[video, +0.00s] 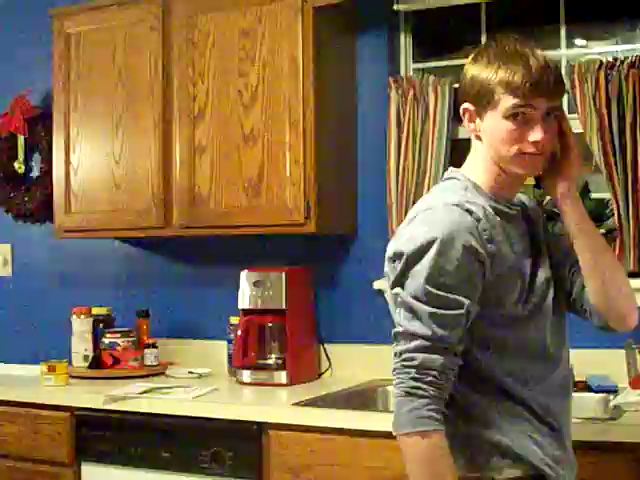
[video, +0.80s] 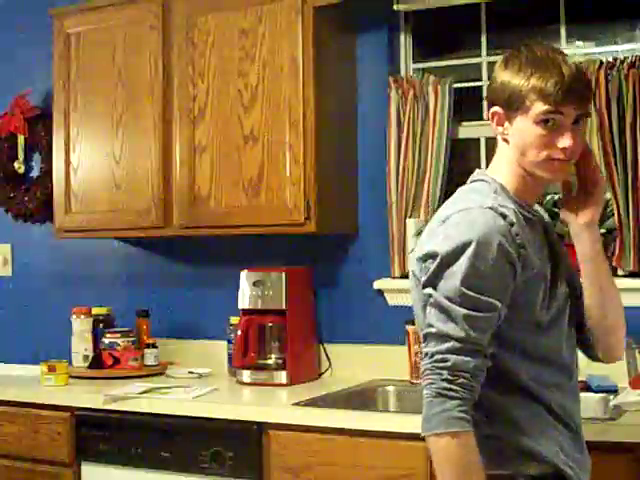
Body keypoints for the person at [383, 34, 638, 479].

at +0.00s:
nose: (540, 135)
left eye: (550, 117)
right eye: (520, 115)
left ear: (560, 124)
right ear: (472, 121)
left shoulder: (536, 217)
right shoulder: (446, 228)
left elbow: (621, 315)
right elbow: (415, 419)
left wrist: (567, 196)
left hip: (551, 458)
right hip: (493, 466)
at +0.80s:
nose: (569, 142)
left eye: (577, 124)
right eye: (550, 122)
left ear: (586, 127)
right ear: (501, 124)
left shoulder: (534, 222)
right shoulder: (479, 229)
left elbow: (609, 348)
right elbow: (445, 416)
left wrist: (585, 227)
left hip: (559, 461)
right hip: (513, 468)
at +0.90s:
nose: (577, 139)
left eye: (586, 121)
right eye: (557, 119)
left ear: (594, 124)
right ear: (509, 122)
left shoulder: (538, 223)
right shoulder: (480, 230)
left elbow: (586, 371)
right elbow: (450, 417)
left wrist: (597, 272)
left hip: (562, 460)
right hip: (520, 467)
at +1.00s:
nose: (581, 133)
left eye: (592, 115)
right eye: (561, 113)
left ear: (602, 122)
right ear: (514, 120)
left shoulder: (551, 226)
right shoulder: (477, 229)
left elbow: (549, 381)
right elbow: (468, 417)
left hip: (564, 461)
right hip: (513, 467)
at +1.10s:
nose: (580, 126)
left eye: (592, 109)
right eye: (560, 108)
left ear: (603, 118)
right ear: (517, 116)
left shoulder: (558, 222)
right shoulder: (482, 229)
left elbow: (544, 375)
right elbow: (489, 414)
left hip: (560, 460)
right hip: (506, 468)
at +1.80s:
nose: (622, 125)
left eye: (621, 110)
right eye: (610, 104)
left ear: (557, 102)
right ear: (557, 99)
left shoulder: (531, 213)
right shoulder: (516, 221)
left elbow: (562, 396)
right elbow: (515, 414)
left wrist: (609, 473)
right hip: (521, 467)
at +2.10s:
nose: (635, 146)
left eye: (637, 127)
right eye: (630, 122)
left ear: (580, 108)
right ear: (582, 108)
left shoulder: (502, 200)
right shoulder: (536, 226)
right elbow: (567, 409)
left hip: (482, 461)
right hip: (513, 469)